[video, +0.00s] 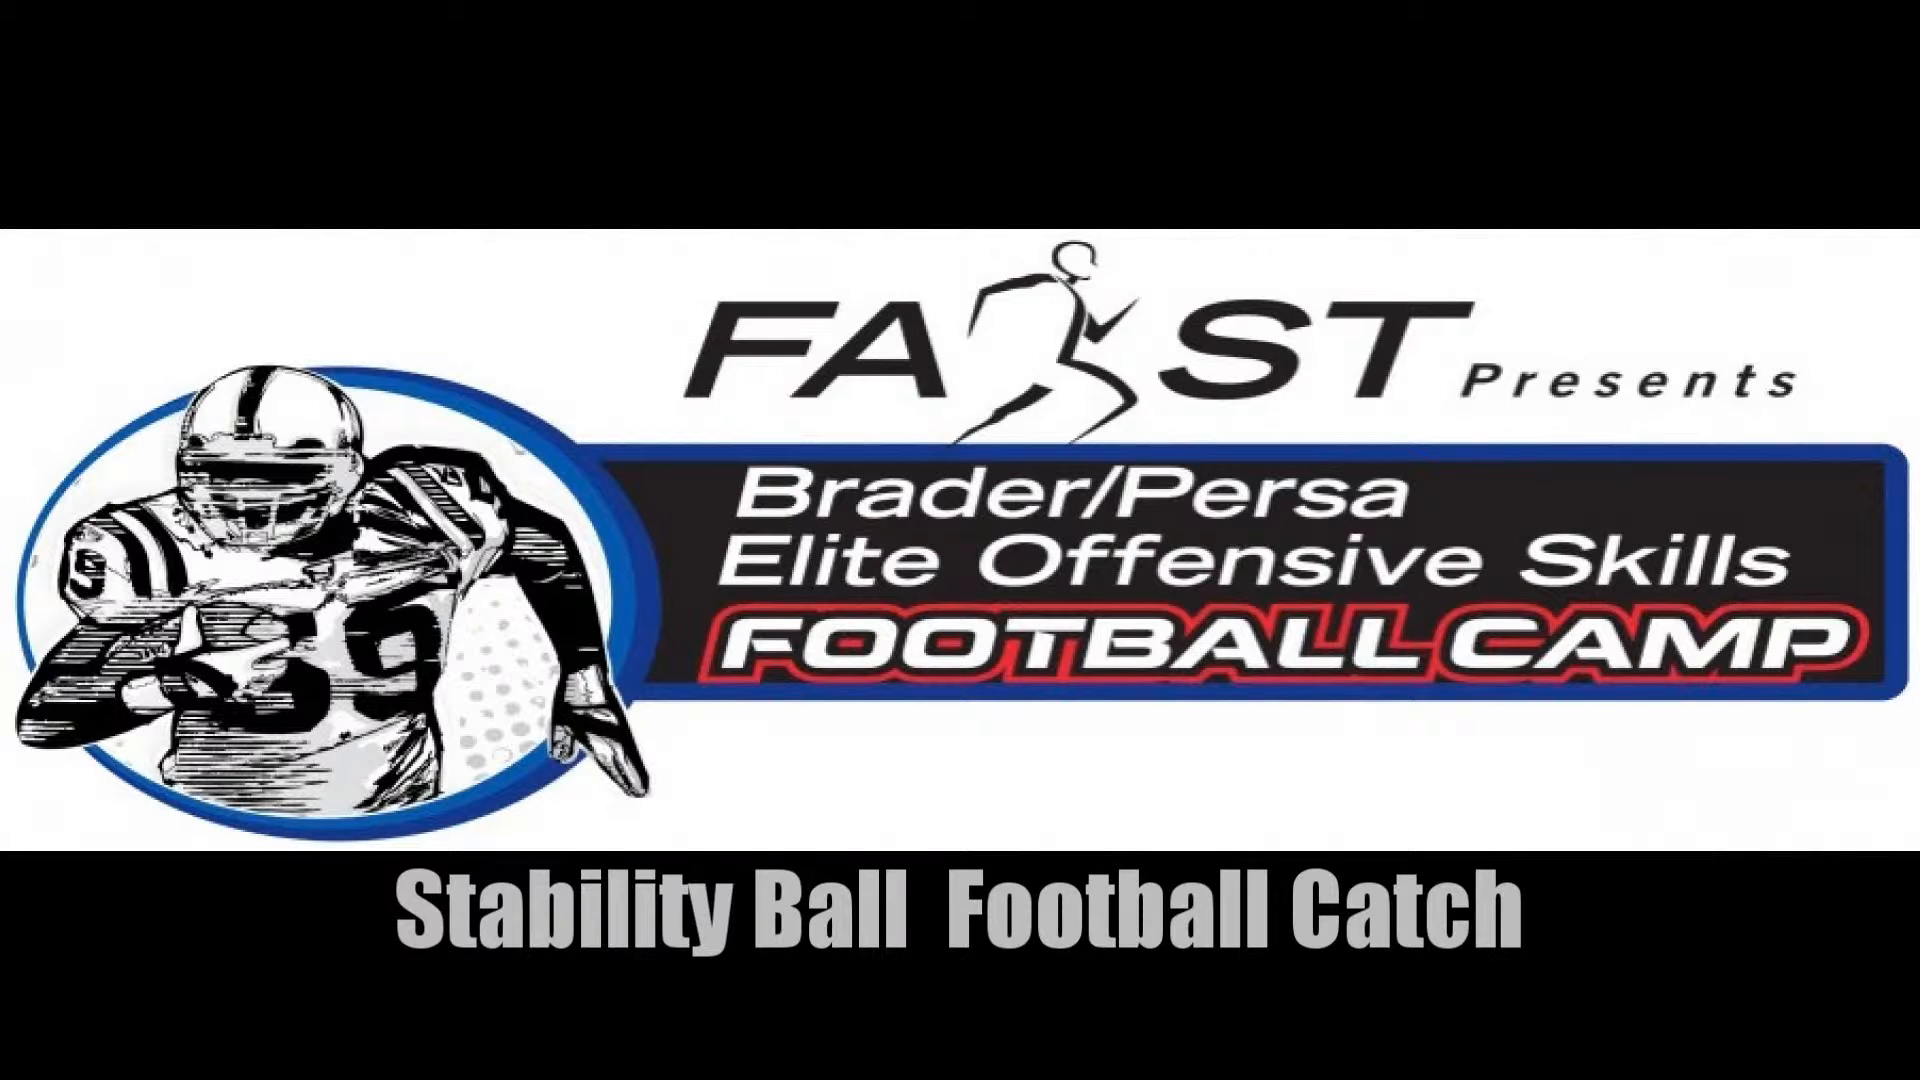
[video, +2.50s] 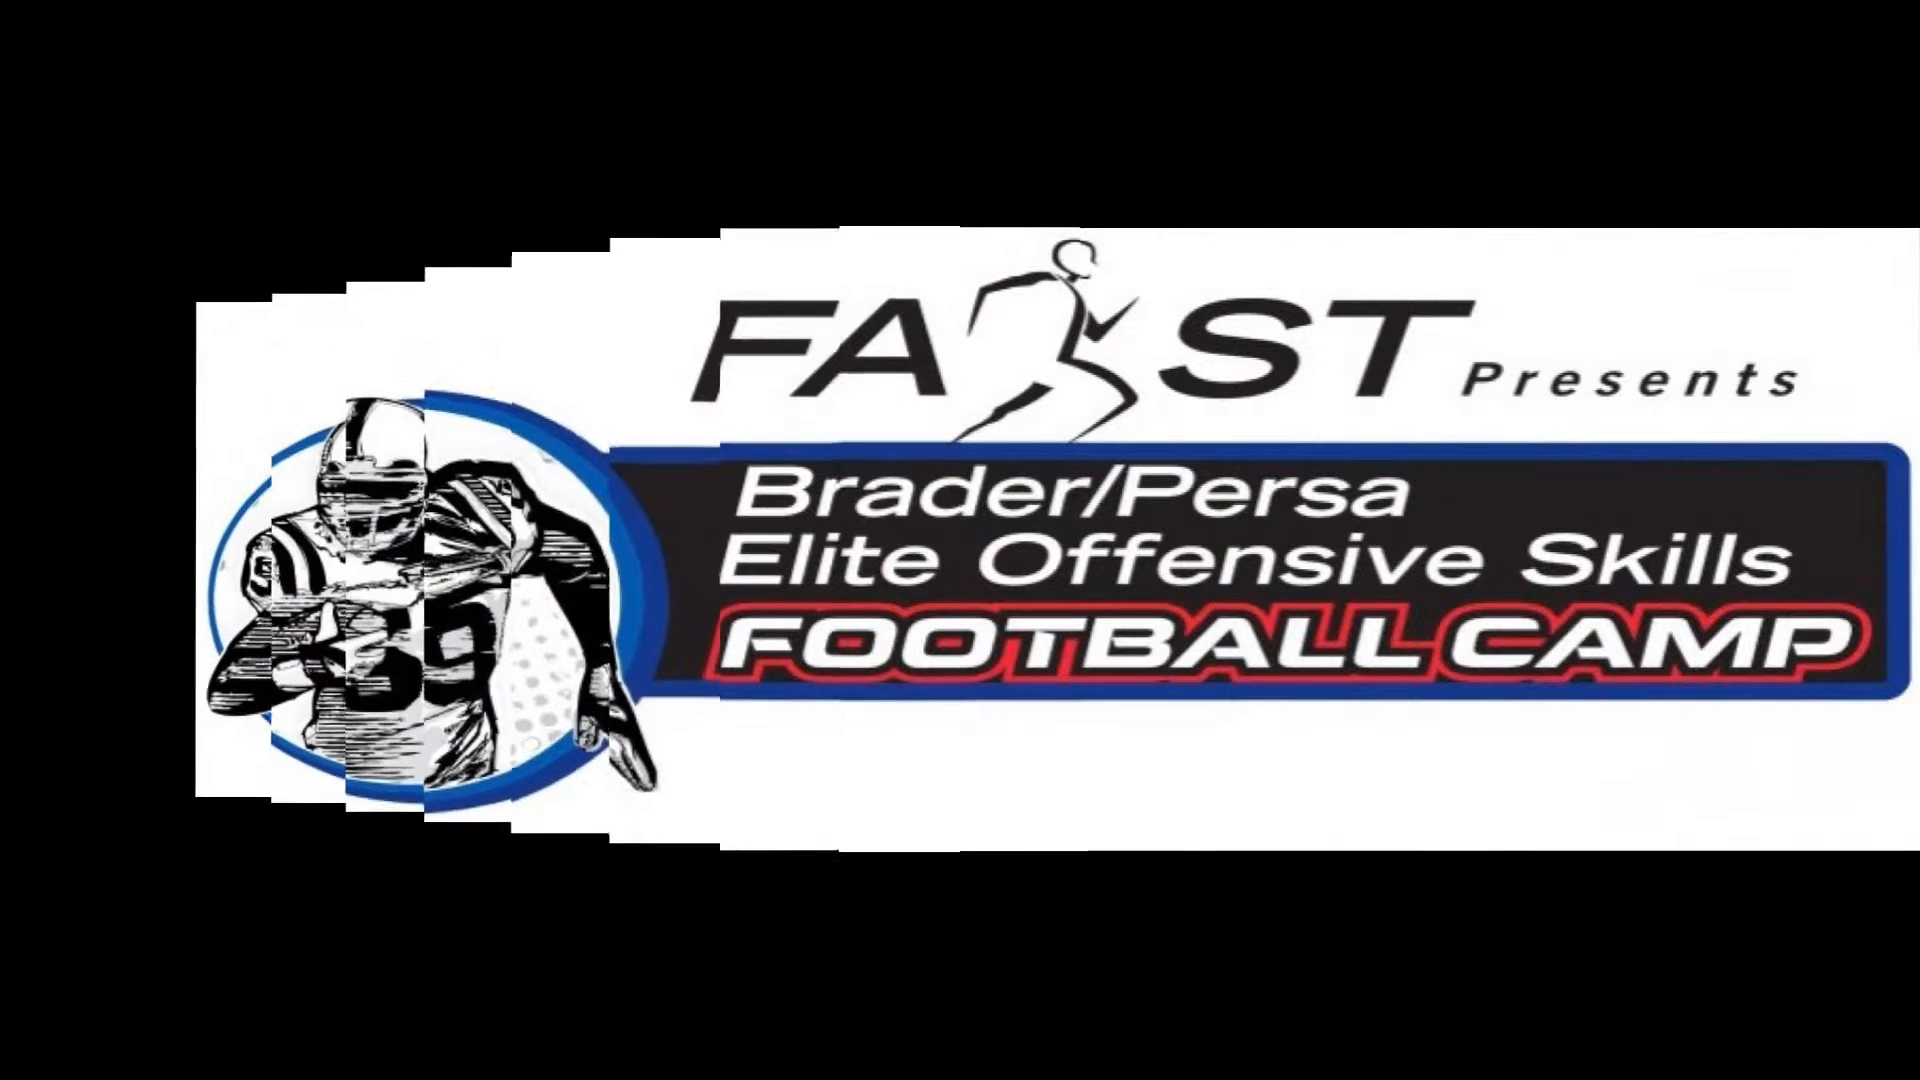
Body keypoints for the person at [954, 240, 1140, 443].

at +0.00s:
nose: (1088, 268)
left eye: (1089, 261)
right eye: (1082, 260)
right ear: (1069, 263)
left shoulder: (1077, 301)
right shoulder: (1045, 281)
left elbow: (1096, 335)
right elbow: (986, 292)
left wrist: (1127, 309)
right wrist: (970, 331)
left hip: (1053, 366)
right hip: (1059, 365)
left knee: (1002, 412)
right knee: (1128, 398)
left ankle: (956, 442)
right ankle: (1074, 441)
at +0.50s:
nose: (1088, 268)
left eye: (1089, 262)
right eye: (1082, 260)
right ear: (1069, 263)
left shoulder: (1077, 301)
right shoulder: (1045, 281)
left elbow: (1096, 335)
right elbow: (986, 292)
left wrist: (1127, 309)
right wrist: (970, 331)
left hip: (1053, 366)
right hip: (1059, 365)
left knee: (1002, 412)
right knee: (1128, 398)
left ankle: (956, 442)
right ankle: (1074, 441)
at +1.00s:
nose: (1088, 268)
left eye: (1089, 262)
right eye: (1082, 260)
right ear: (1069, 263)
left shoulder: (1077, 301)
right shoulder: (1045, 281)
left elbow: (1096, 335)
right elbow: (986, 292)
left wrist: (1127, 309)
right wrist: (970, 331)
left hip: (1053, 366)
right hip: (1059, 365)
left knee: (1002, 412)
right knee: (1128, 398)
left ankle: (956, 442)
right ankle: (1074, 441)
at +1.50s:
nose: (1088, 268)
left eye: (1089, 262)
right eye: (1082, 260)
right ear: (1069, 263)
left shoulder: (1077, 301)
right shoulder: (1045, 281)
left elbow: (1096, 335)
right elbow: (986, 292)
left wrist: (1127, 309)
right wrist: (970, 331)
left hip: (1053, 366)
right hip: (1059, 365)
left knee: (1002, 412)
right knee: (1128, 398)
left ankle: (956, 442)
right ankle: (1074, 441)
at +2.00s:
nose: (1090, 267)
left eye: (1090, 261)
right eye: (1085, 260)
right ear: (1071, 262)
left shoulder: (1078, 299)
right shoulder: (1045, 280)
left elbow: (1096, 333)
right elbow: (986, 291)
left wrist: (1128, 307)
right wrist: (970, 330)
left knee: (1000, 412)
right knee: (1128, 397)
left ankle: (953, 443)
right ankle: (1072, 441)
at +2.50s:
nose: (1090, 266)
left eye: (1090, 260)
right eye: (1084, 258)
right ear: (1069, 261)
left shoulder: (1077, 298)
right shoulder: (1044, 280)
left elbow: (1096, 333)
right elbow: (985, 290)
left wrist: (1127, 309)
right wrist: (970, 331)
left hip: (1053, 365)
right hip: (1057, 363)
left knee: (1002, 411)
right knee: (1128, 397)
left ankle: (955, 442)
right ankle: (1073, 441)